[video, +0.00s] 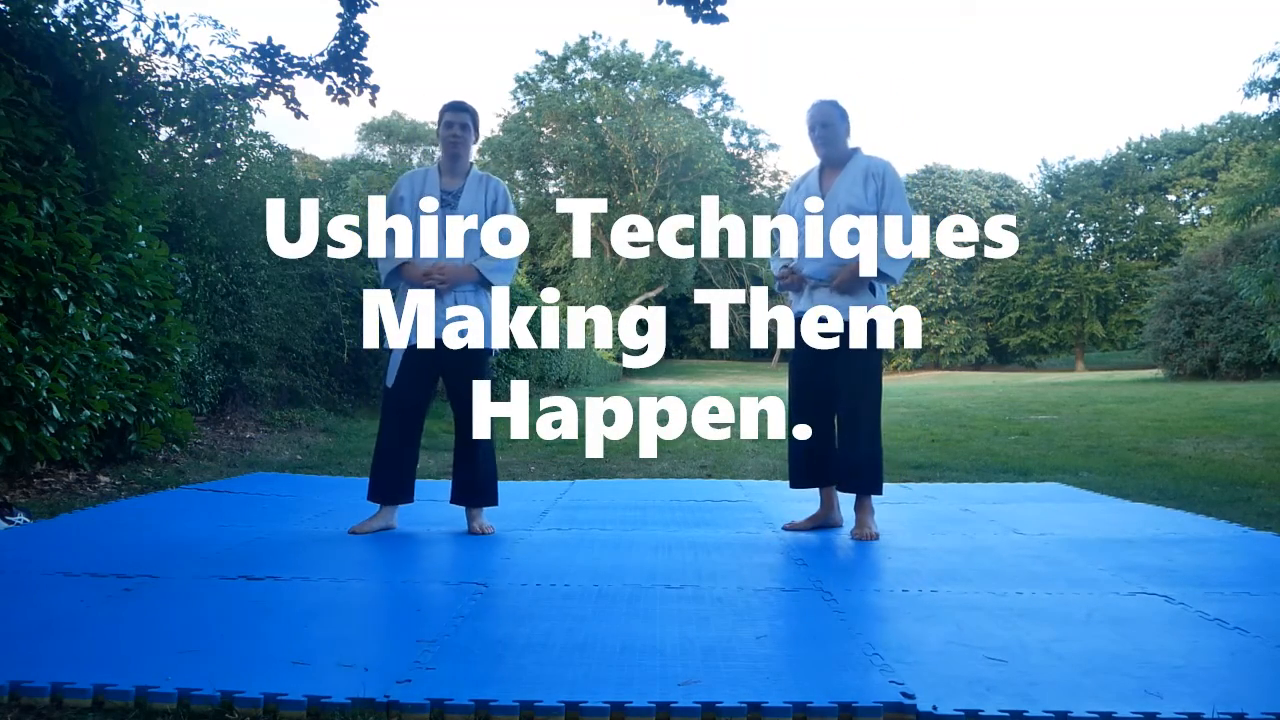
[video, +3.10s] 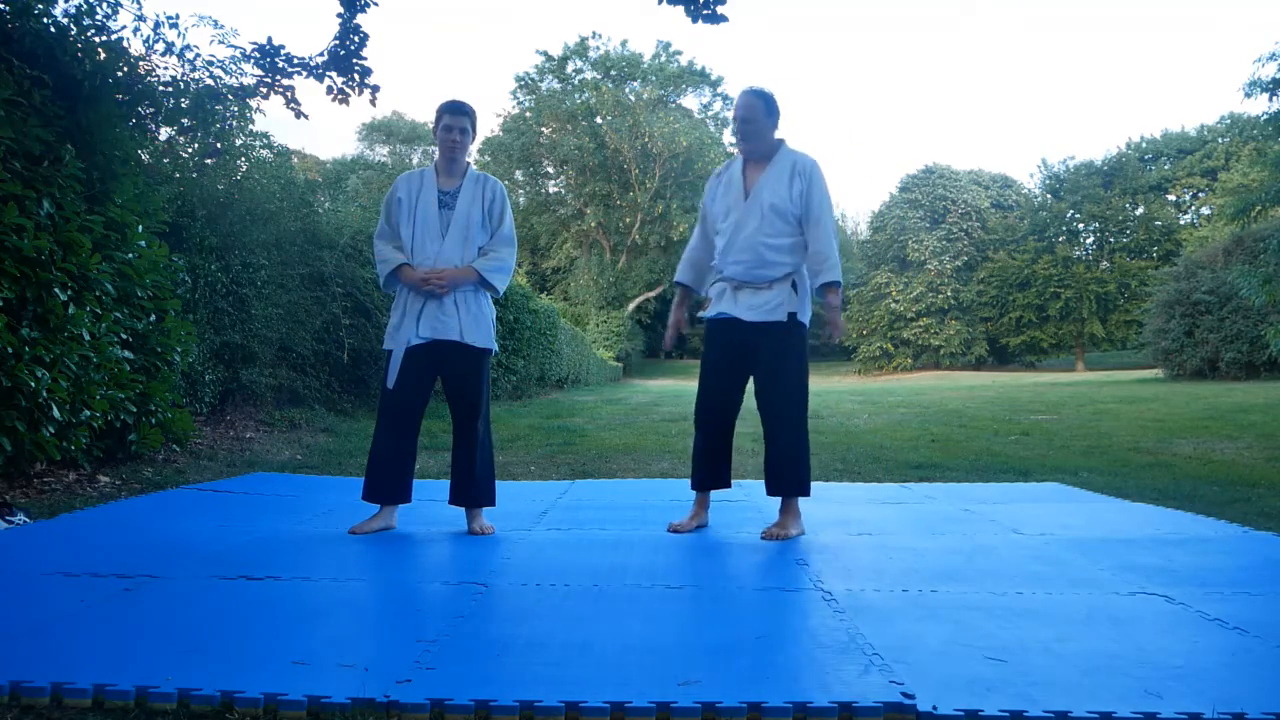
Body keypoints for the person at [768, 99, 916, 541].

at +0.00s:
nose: (818, 134)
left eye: (826, 126)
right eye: (813, 128)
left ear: (847, 128)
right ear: (806, 135)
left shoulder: (877, 172)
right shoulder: (798, 188)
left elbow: (900, 236)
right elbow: (781, 244)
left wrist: (857, 268)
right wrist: (786, 273)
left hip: (860, 311)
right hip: (809, 310)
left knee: (859, 408)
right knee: (811, 408)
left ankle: (864, 510)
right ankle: (828, 507)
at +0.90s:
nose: (816, 137)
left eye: (824, 129)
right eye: (810, 131)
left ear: (846, 130)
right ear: (806, 137)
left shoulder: (873, 175)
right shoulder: (801, 191)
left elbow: (902, 232)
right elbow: (782, 254)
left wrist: (923, 258)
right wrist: (753, 289)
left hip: (855, 309)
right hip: (806, 310)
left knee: (855, 408)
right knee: (812, 408)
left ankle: (863, 509)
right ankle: (828, 507)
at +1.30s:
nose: (813, 135)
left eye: (821, 128)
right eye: (808, 130)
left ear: (842, 132)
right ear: (803, 138)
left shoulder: (871, 175)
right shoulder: (797, 190)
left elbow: (892, 239)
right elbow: (779, 256)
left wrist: (878, 295)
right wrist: (772, 303)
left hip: (853, 305)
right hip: (803, 308)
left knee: (854, 406)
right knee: (811, 407)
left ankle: (864, 508)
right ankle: (827, 506)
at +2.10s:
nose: (797, 134)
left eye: (805, 126)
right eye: (792, 128)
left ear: (827, 127)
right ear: (787, 133)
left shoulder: (856, 171)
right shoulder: (786, 184)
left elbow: (877, 234)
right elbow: (770, 247)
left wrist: (882, 296)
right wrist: (759, 307)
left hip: (831, 304)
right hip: (785, 305)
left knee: (811, 405)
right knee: (796, 406)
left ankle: (793, 508)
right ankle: (828, 505)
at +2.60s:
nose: (771, 131)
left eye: (780, 122)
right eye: (768, 123)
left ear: (808, 122)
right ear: (768, 126)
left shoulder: (835, 165)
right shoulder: (767, 180)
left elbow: (850, 231)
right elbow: (750, 244)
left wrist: (829, 290)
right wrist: (726, 302)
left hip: (809, 307)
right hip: (761, 307)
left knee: (800, 408)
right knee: (741, 401)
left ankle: (792, 512)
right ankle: (782, 487)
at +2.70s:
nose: (767, 130)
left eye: (775, 122)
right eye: (764, 123)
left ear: (803, 121)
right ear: (766, 125)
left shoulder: (832, 165)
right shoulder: (763, 179)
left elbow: (848, 231)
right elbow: (746, 243)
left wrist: (825, 290)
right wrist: (726, 301)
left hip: (807, 306)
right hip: (757, 306)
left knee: (799, 410)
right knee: (735, 403)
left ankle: (791, 514)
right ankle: (751, 497)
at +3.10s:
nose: (738, 129)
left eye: (747, 121)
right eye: (734, 121)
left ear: (774, 123)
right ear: (732, 124)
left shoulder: (802, 169)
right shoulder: (721, 178)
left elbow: (822, 236)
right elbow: (700, 245)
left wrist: (832, 301)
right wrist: (678, 305)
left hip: (781, 305)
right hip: (725, 306)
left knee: (783, 411)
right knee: (711, 409)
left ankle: (789, 514)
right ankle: (699, 508)